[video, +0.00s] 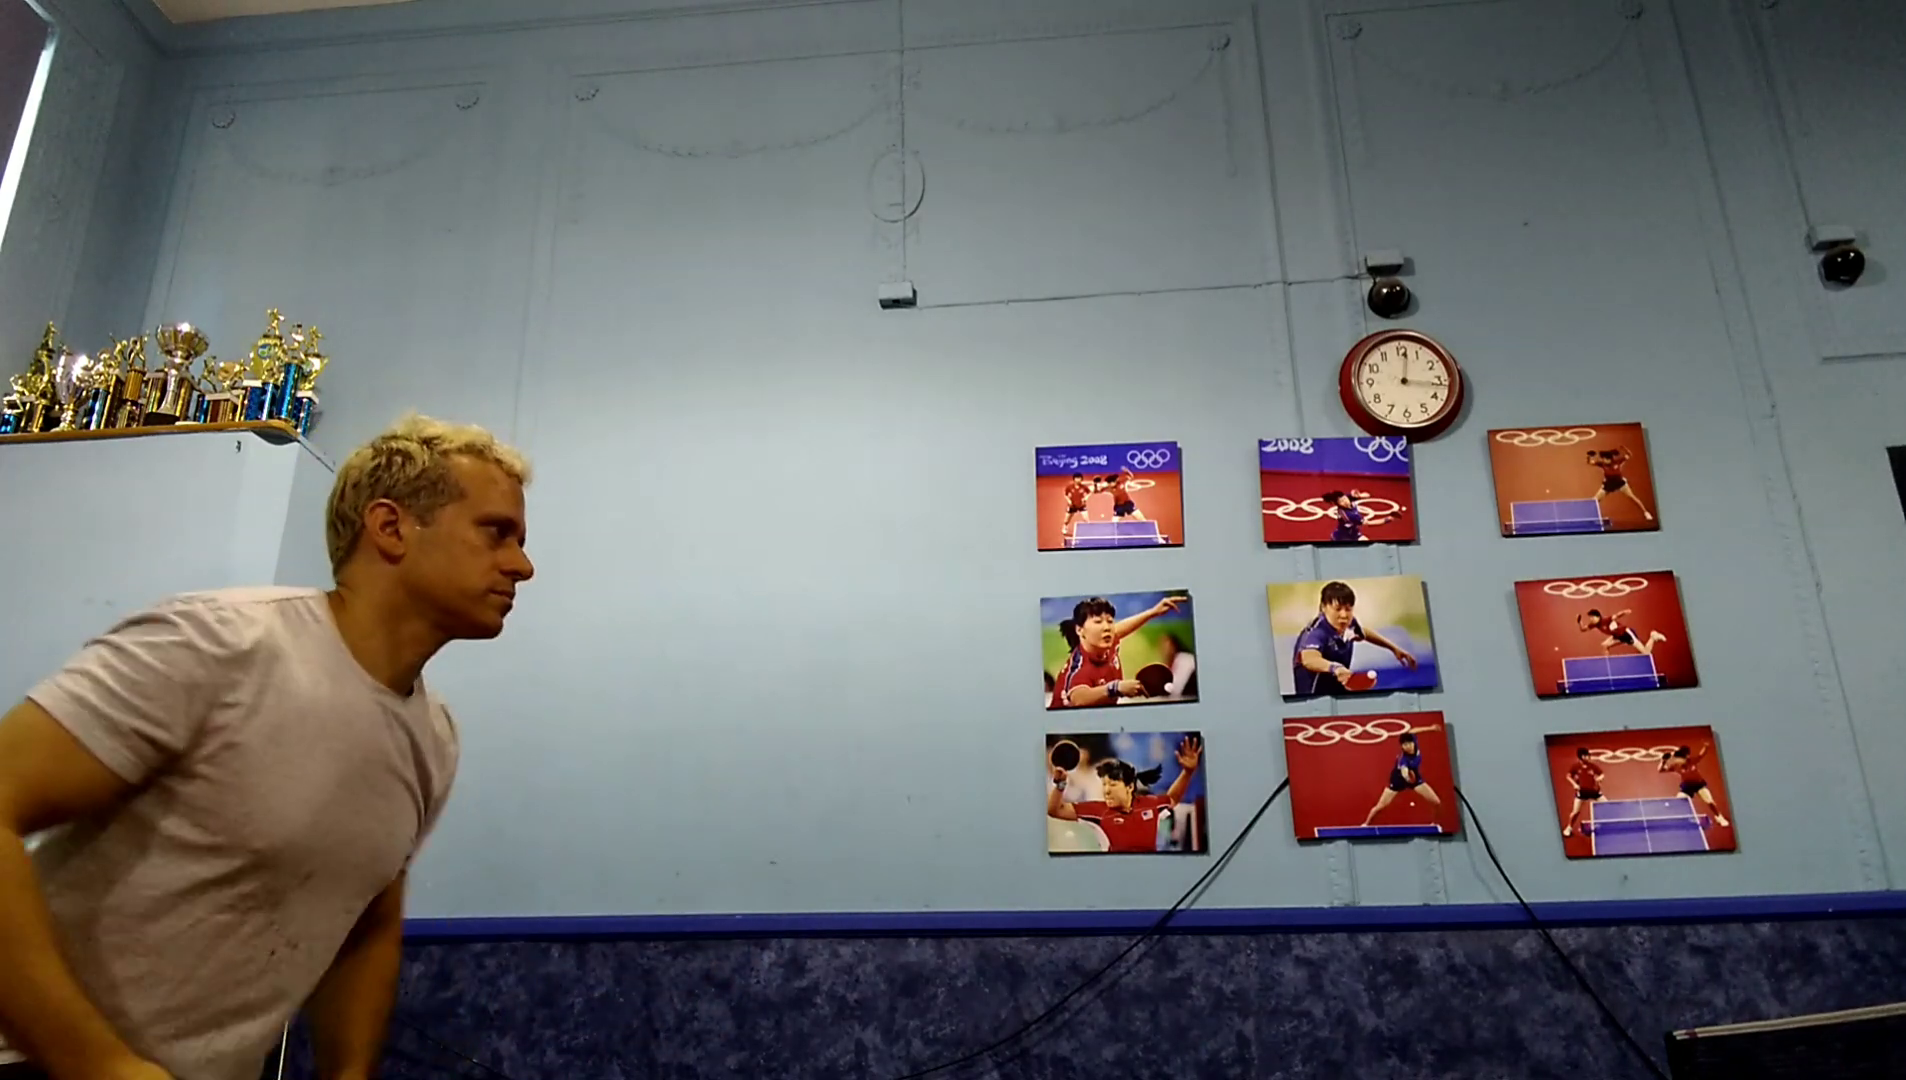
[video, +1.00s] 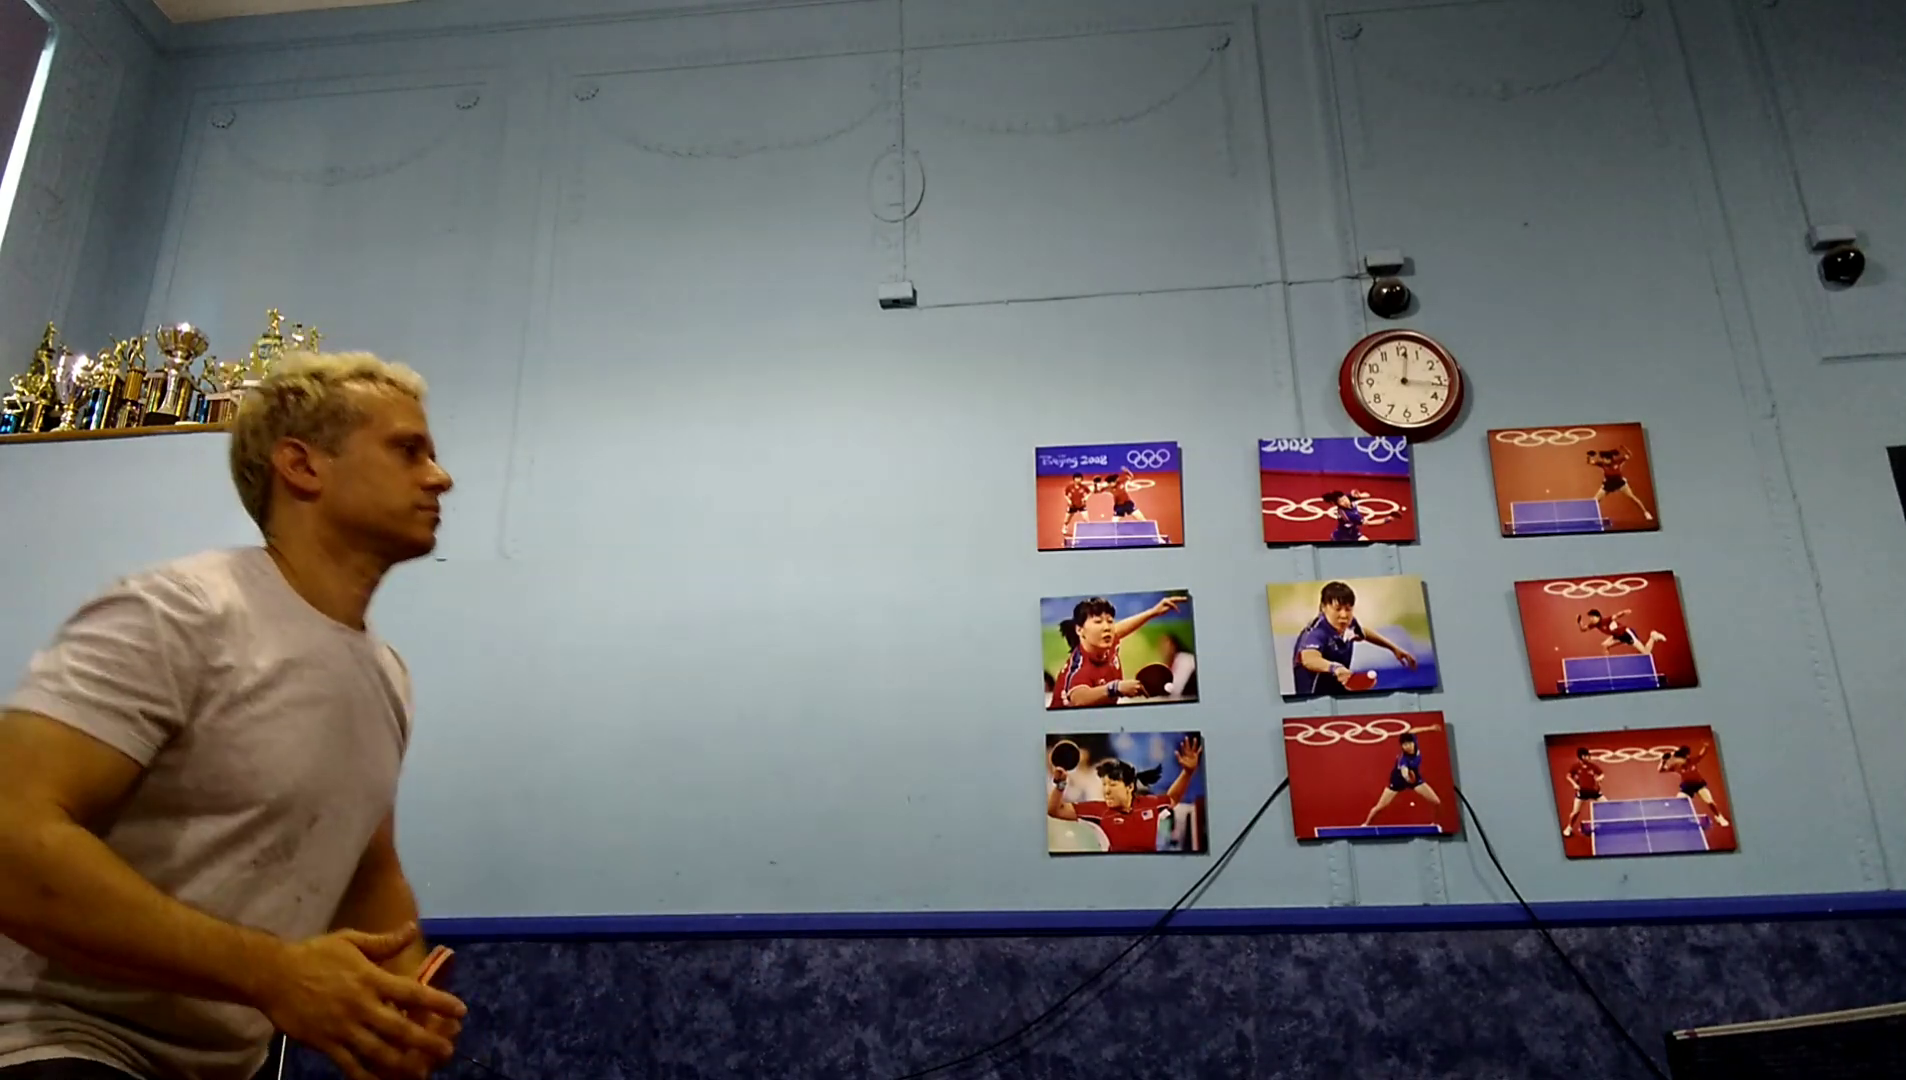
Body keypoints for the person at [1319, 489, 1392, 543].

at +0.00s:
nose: (1345, 502)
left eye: (1344, 499)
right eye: (1341, 502)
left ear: (1347, 497)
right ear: (1338, 505)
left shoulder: (1349, 499)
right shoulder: (1350, 515)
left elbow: (1368, 495)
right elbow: (1367, 523)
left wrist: (1360, 495)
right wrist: (1384, 520)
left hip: (1355, 535)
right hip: (1342, 538)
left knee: (1370, 547)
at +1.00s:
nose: (1344, 502)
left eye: (1344, 499)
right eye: (1341, 502)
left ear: (1346, 497)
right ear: (1338, 505)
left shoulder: (1350, 499)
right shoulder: (1349, 515)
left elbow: (1367, 496)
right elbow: (1367, 523)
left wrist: (1360, 495)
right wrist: (1385, 520)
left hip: (1355, 536)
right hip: (1342, 538)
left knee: (1370, 547)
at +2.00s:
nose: (1344, 502)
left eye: (1343, 499)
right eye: (1340, 502)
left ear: (1346, 497)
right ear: (1338, 505)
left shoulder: (1350, 500)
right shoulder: (1349, 515)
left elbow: (1367, 496)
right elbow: (1367, 523)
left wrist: (1360, 495)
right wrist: (1385, 520)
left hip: (1355, 535)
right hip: (1341, 537)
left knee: (1370, 547)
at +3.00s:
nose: (1344, 502)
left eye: (1344, 499)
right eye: (1341, 502)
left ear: (1346, 497)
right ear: (1339, 505)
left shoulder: (1348, 498)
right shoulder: (1350, 515)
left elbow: (1367, 496)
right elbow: (1367, 523)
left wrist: (1360, 495)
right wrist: (1385, 520)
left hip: (1356, 536)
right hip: (1341, 538)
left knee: (1371, 547)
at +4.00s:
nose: (1344, 502)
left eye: (1344, 499)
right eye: (1341, 502)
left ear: (1346, 497)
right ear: (1339, 505)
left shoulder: (1348, 498)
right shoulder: (1350, 515)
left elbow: (1367, 496)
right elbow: (1367, 523)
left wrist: (1360, 495)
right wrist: (1385, 520)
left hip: (1356, 536)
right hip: (1341, 538)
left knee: (1371, 548)